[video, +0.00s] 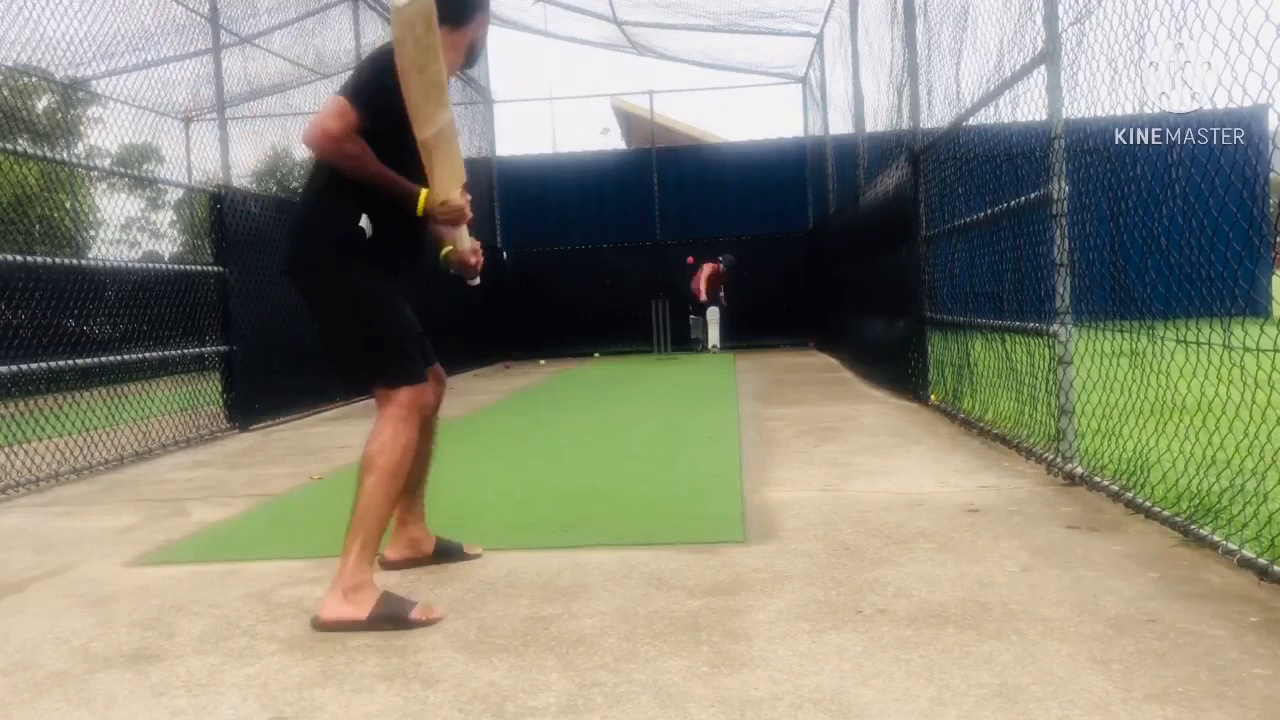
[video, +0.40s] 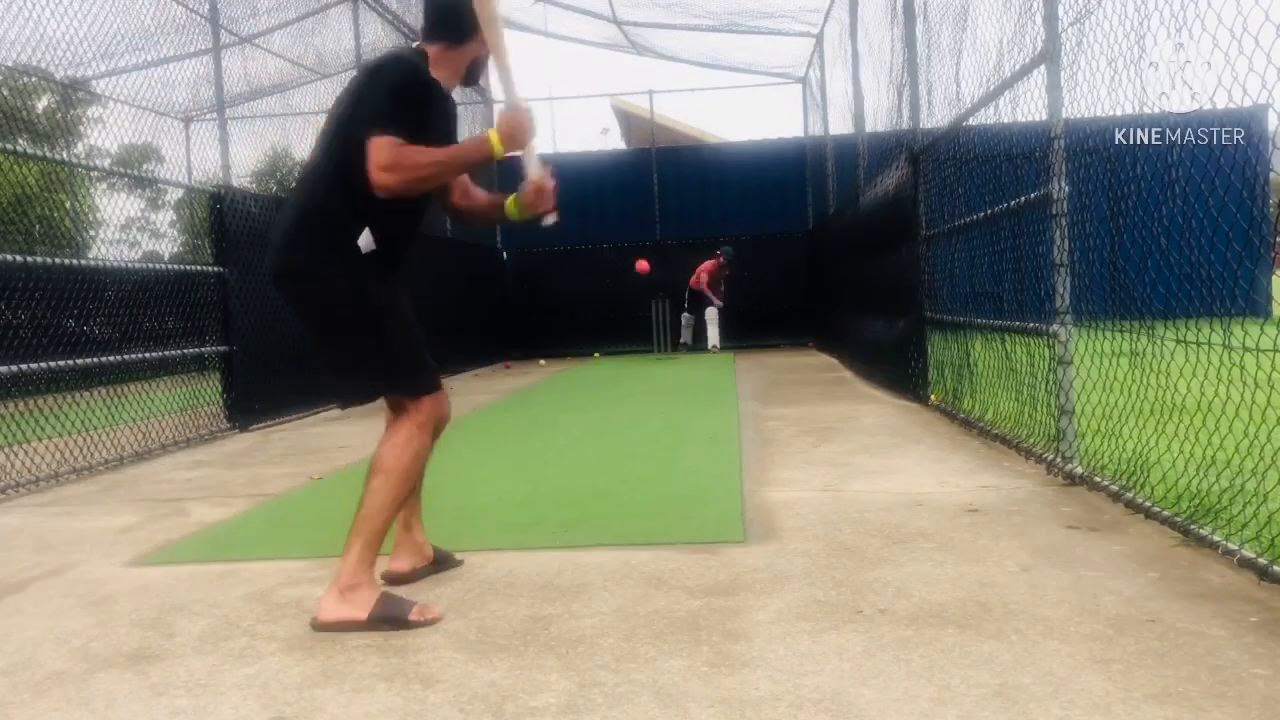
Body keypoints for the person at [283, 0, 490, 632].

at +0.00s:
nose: (474, 52)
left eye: (478, 39)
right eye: (476, 37)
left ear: (438, 25)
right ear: (461, 26)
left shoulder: (424, 83)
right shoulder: (396, 62)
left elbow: (421, 184)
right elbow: (326, 134)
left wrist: (454, 239)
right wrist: (419, 197)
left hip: (370, 255)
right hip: (334, 254)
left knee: (428, 383)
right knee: (406, 394)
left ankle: (409, 534)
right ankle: (350, 590)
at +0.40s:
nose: (491, 52)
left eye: (492, 40)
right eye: (489, 38)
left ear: (437, 27)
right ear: (471, 37)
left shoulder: (432, 100)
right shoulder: (400, 75)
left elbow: (459, 197)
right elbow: (386, 171)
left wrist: (514, 205)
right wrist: (491, 143)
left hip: (355, 264)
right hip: (329, 264)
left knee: (412, 402)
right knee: (426, 409)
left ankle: (411, 549)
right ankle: (349, 591)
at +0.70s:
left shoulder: (373, 8)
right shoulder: (474, 28)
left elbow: (249, 17)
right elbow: (374, 76)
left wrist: (260, 44)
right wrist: (270, 61)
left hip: (331, 203)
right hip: (410, 217)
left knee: (383, 378)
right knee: (381, 391)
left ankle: (405, 528)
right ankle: (348, 589)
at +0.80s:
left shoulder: (404, 11)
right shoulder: (450, 20)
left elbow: (322, 24)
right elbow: (326, 27)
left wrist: (264, 1)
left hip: (323, 231)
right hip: (401, 235)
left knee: (340, 383)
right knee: (380, 400)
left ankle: (381, 535)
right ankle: (348, 591)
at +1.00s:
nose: (319, 6)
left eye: (327, 1)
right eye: (323, 4)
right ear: (358, 0)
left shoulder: (420, 30)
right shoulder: (368, 36)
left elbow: (432, 50)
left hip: (364, 241)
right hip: (312, 240)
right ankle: (348, 588)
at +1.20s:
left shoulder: (410, 20)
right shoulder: (427, 27)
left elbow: (356, 38)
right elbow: (352, 37)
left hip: (312, 229)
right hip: (368, 232)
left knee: (313, 384)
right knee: (362, 399)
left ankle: (369, 533)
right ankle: (346, 592)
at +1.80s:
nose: (475, 58)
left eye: (474, 46)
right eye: (475, 44)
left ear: (421, 34)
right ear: (461, 42)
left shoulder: (406, 100)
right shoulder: (386, 78)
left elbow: (438, 205)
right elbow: (378, 179)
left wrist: (503, 206)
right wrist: (483, 146)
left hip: (321, 267)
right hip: (307, 270)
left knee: (398, 395)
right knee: (415, 426)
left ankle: (386, 549)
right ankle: (330, 605)